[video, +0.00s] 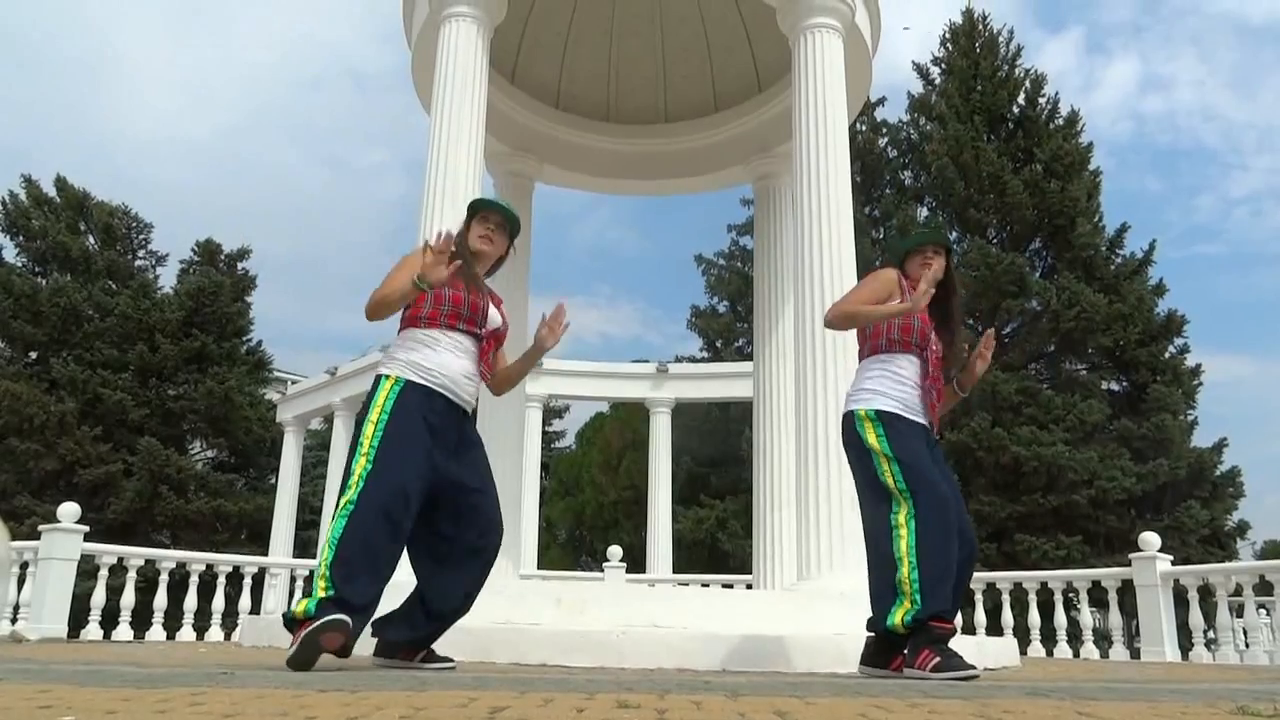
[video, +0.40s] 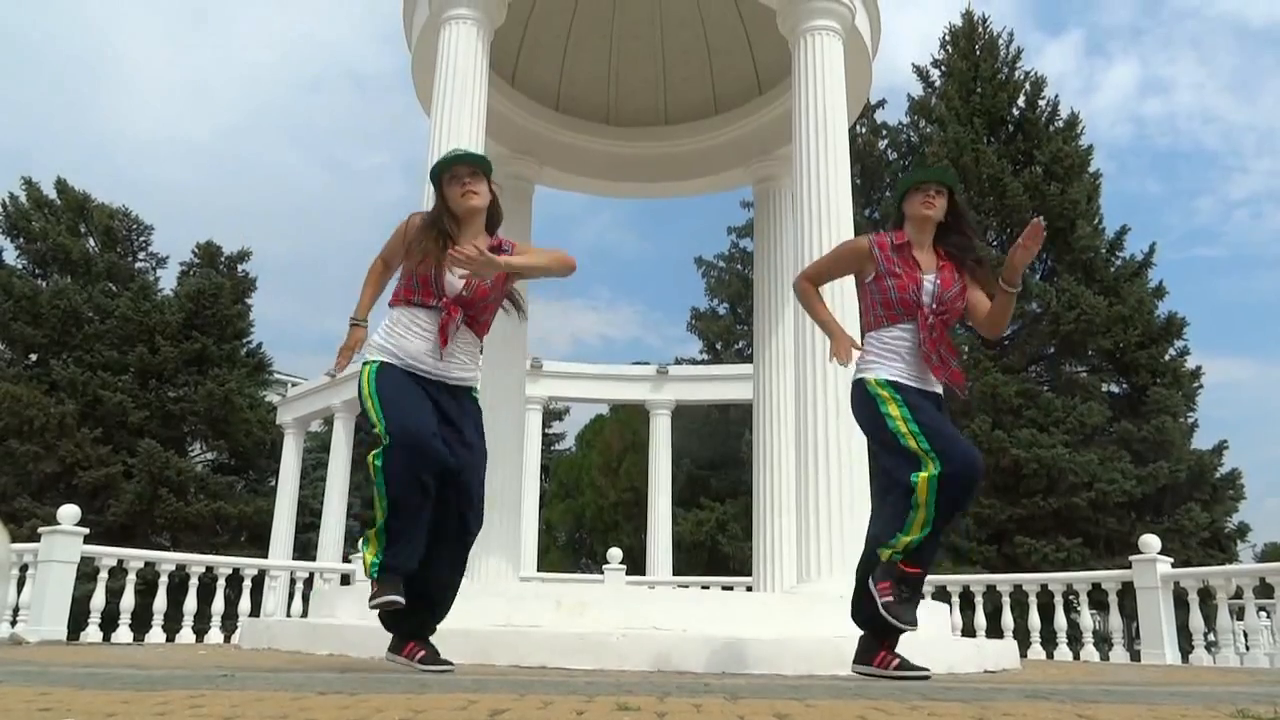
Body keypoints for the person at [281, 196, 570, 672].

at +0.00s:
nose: (489, 232)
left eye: (500, 232)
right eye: (483, 223)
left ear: (505, 252)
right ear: (463, 229)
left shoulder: (494, 308)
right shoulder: (428, 259)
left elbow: (498, 381)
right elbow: (374, 309)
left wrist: (536, 350)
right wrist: (421, 281)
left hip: (458, 416)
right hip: (406, 390)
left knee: (478, 528)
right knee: (381, 496)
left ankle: (404, 639)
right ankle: (328, 616)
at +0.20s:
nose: (493, 206)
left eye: (500, 200)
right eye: (482, 200)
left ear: (511, 215)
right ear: (464, 212)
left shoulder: (513, 279)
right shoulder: (436, 242)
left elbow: (520, 349)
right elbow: (371, 278)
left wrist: (503, 302)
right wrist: (356, 328)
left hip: (456, 386)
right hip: (401, 360)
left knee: (455, 509)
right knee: (409, 462)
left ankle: (402, 636)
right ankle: (350, 586)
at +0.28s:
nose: (486, 193)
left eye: (493, 186)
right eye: (474, 187)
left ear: (505, 199)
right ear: (458, 200)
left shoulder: (515, 263)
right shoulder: (428, 233)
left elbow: (548, 308)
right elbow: (379, 265)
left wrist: (504, 266)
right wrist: (355, 319)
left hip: (453, 379)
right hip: (396, 355)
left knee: (457, 503)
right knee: (426, 439)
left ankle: (406, 634)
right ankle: (376, 554)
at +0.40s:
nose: (467, 183)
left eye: (475, 176)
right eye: (455, 179)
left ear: (493, 191)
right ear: (440, 195)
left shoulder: (504, 250)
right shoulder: (420, 228)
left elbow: (566, 262)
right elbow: (382, 267)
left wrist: (499, 263)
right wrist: (358, 323)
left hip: (457, 387)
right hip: (395, 368)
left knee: (466, 505)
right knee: (418, 443)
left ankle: (413, 637)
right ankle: (391, 575)